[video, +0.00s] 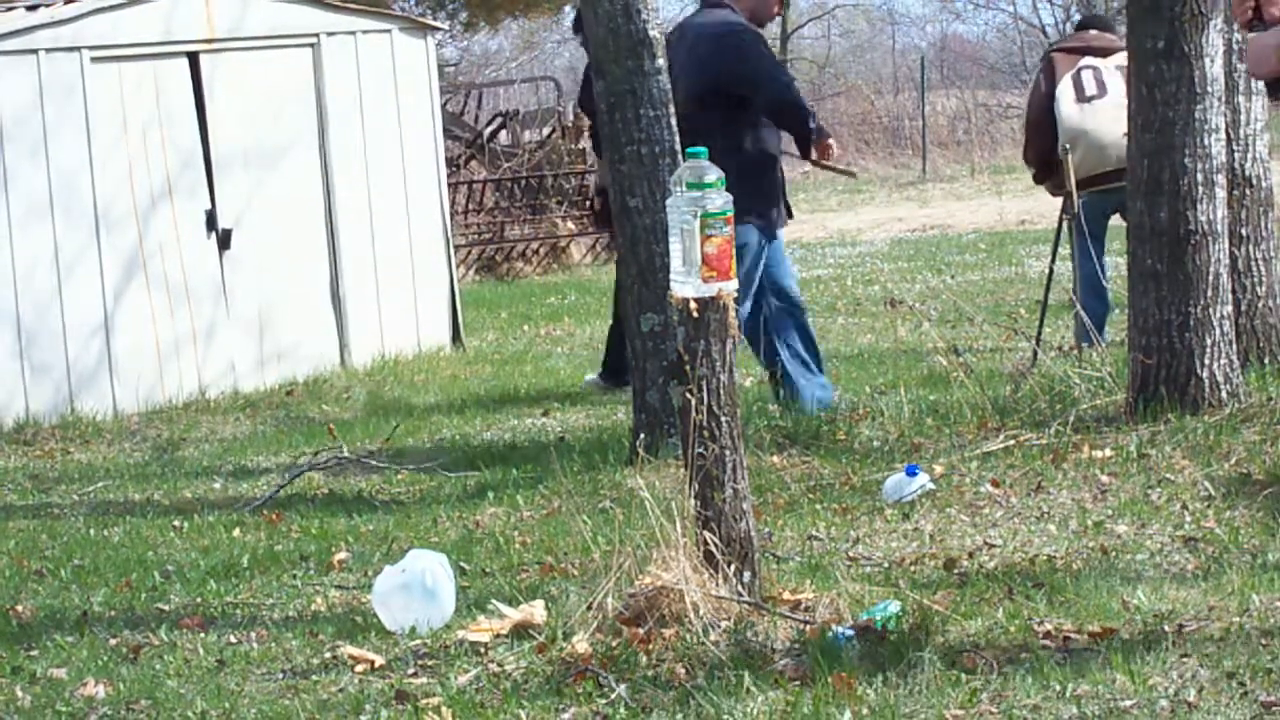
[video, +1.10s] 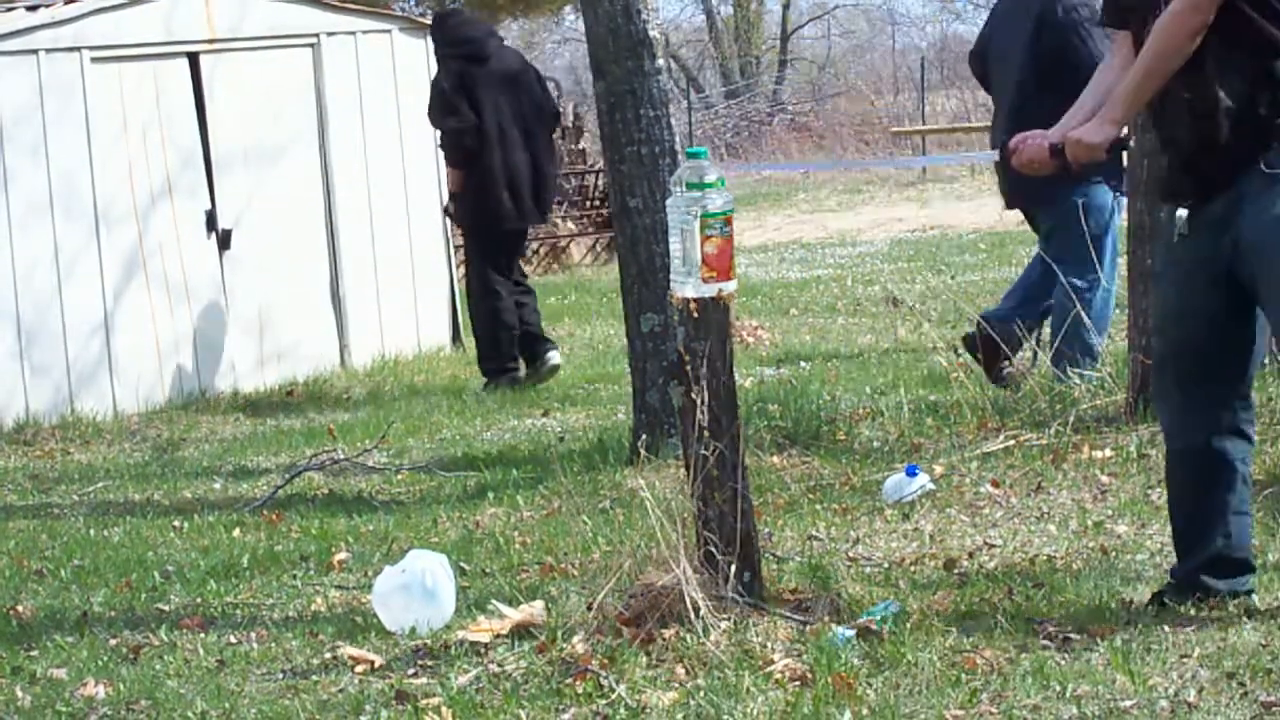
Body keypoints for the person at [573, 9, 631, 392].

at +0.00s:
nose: (580, 38)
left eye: (583, 30)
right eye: (580, 30)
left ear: (595, 31)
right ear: (596, 31)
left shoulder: (603, 70)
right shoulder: (603, 68)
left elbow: (601, 130)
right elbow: (600, 132)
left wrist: (603, 182)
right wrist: (602, 182)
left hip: (624, 175)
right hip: (620, 174)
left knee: (631, 271)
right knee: (633, 270)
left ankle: (617, 367)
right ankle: (616, 366)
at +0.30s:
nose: (548, 37)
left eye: (549, 31)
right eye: (550, 30)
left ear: (556, 27)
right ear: (591, 20)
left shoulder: (568, 56)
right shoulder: (614, 49)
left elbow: (573, 116)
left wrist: (564, 174)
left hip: (588, 184)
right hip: (623, 178)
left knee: (570, 266)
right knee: (615, 267)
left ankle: (629, 352)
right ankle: (611, 370)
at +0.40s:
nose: (537, 34)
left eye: (539, 27)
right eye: (538, 28)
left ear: (548, 23)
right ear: (590, 16)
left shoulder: (558, 54)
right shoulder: (616, 48)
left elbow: (563, 116)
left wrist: (550, 163)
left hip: (578, 185)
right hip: (620, 180)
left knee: (554, 267)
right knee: (610, 266)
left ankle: (601, 359)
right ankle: (623, 357)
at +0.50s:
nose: (526, 38)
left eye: (526, 30)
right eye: (525, 31)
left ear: (536, 26)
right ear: (575, 17)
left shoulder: (545, 57)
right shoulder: (605, 51)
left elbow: (551, 121)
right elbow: (634, 113)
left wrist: (538, 172)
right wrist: (622, 164)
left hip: (562, 196)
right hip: (612, 191)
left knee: (547, 286)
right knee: (610, 284)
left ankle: (557, 374)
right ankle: (617, 372)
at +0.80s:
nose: (475, 50)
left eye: (475, 42)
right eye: (475, 43)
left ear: (484, 40)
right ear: (517, 30)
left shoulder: (492, 74)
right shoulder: (556, 65)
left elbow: (501, 137)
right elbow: (588, 117)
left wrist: (493, 184)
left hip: (521, 202)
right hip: (565, 193)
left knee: (517, 292)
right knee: (575, 284)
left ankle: (506, 376)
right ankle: (610, 368)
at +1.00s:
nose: (445, 50)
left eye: (446, 44)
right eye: (445, 44)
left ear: (455, 42)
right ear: (491, 31)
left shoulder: (462, 76)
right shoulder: (528, 64)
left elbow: (469, 137)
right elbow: (560, 115)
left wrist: (466, 176)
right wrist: (542, 157)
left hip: (491, 197)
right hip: (536, 188)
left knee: (491, 284)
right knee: (526, 271)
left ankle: (503, 377)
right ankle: (568, 337)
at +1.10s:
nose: (436, 50)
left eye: (436, 43)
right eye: (436, 43)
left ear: (443, 42)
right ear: (478, 31)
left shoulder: (450, 78)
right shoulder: (515, 62)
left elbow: (461, 132)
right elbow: (548, 113)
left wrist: (455, 178)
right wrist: (533, 155)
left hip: (483, 192)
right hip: (527, 183)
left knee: (486, 279)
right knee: (510, 271)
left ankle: (501, 372)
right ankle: (539, 350)